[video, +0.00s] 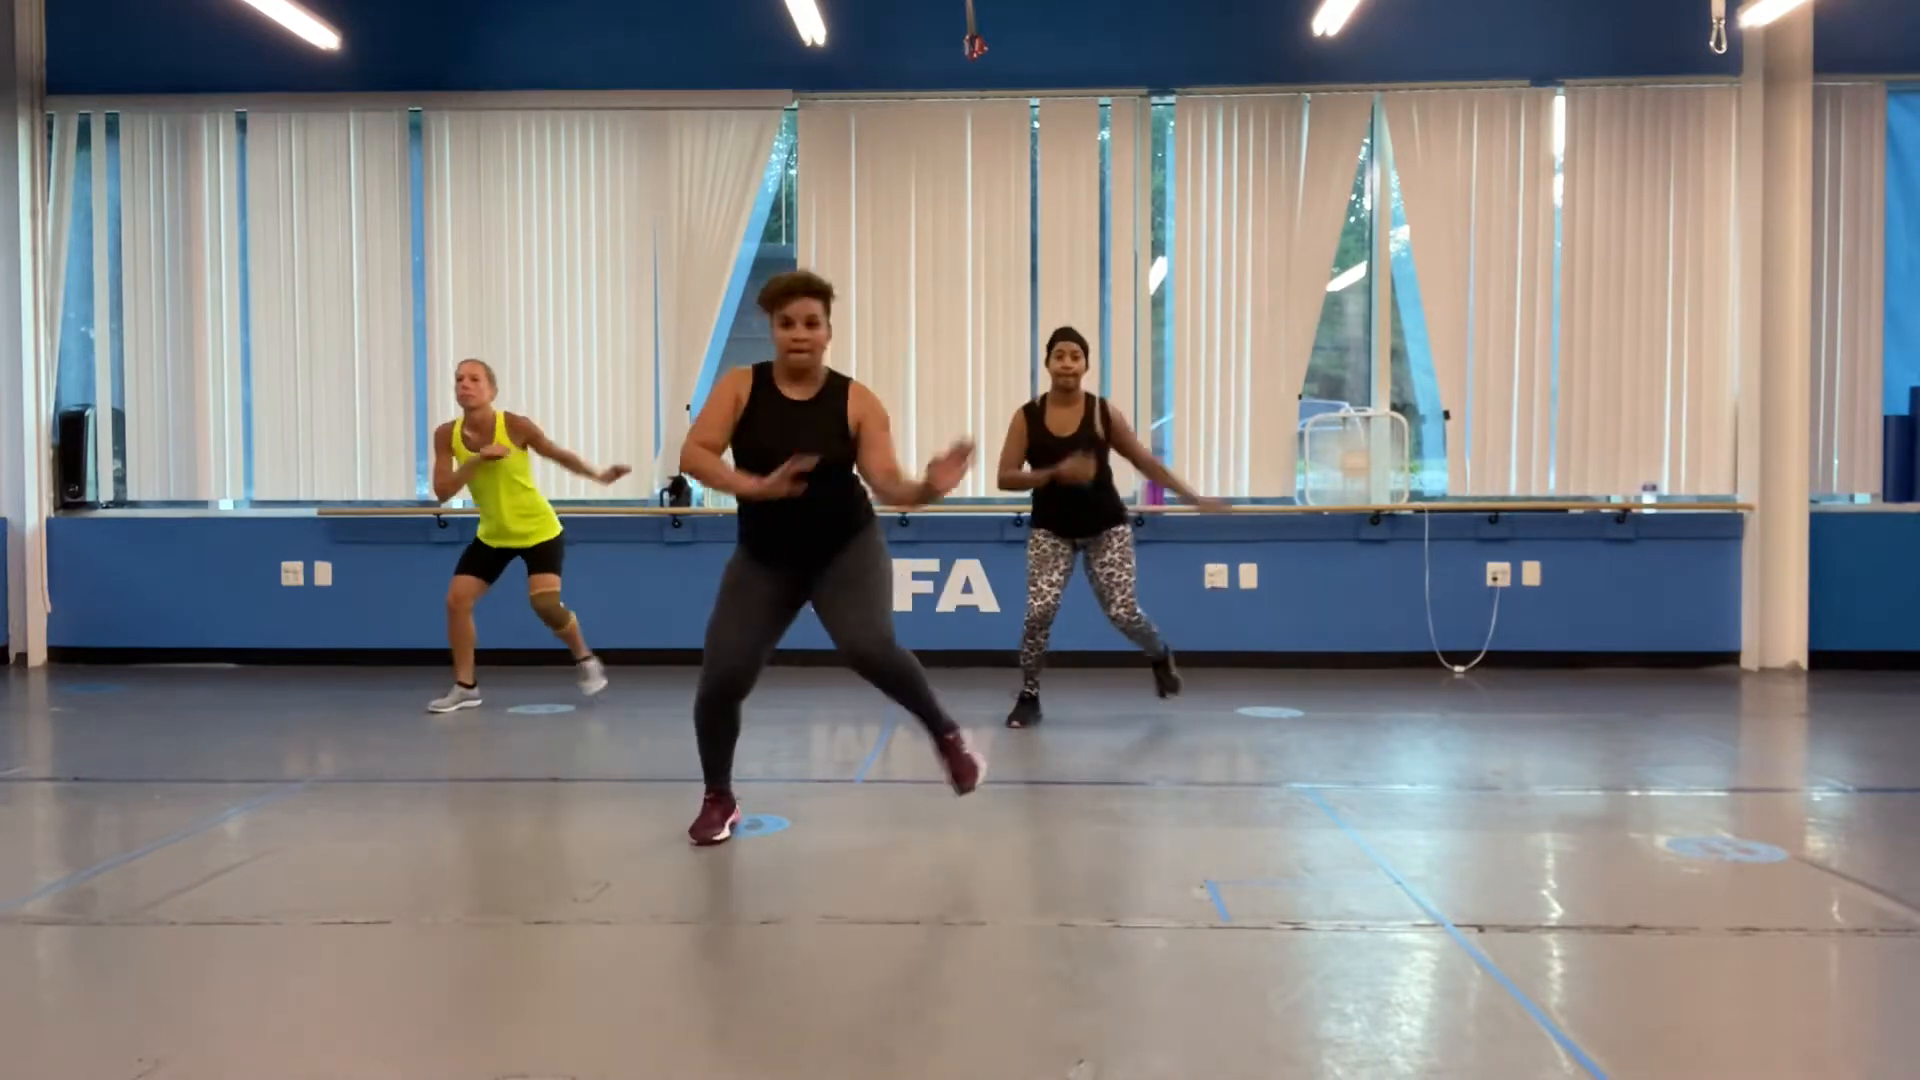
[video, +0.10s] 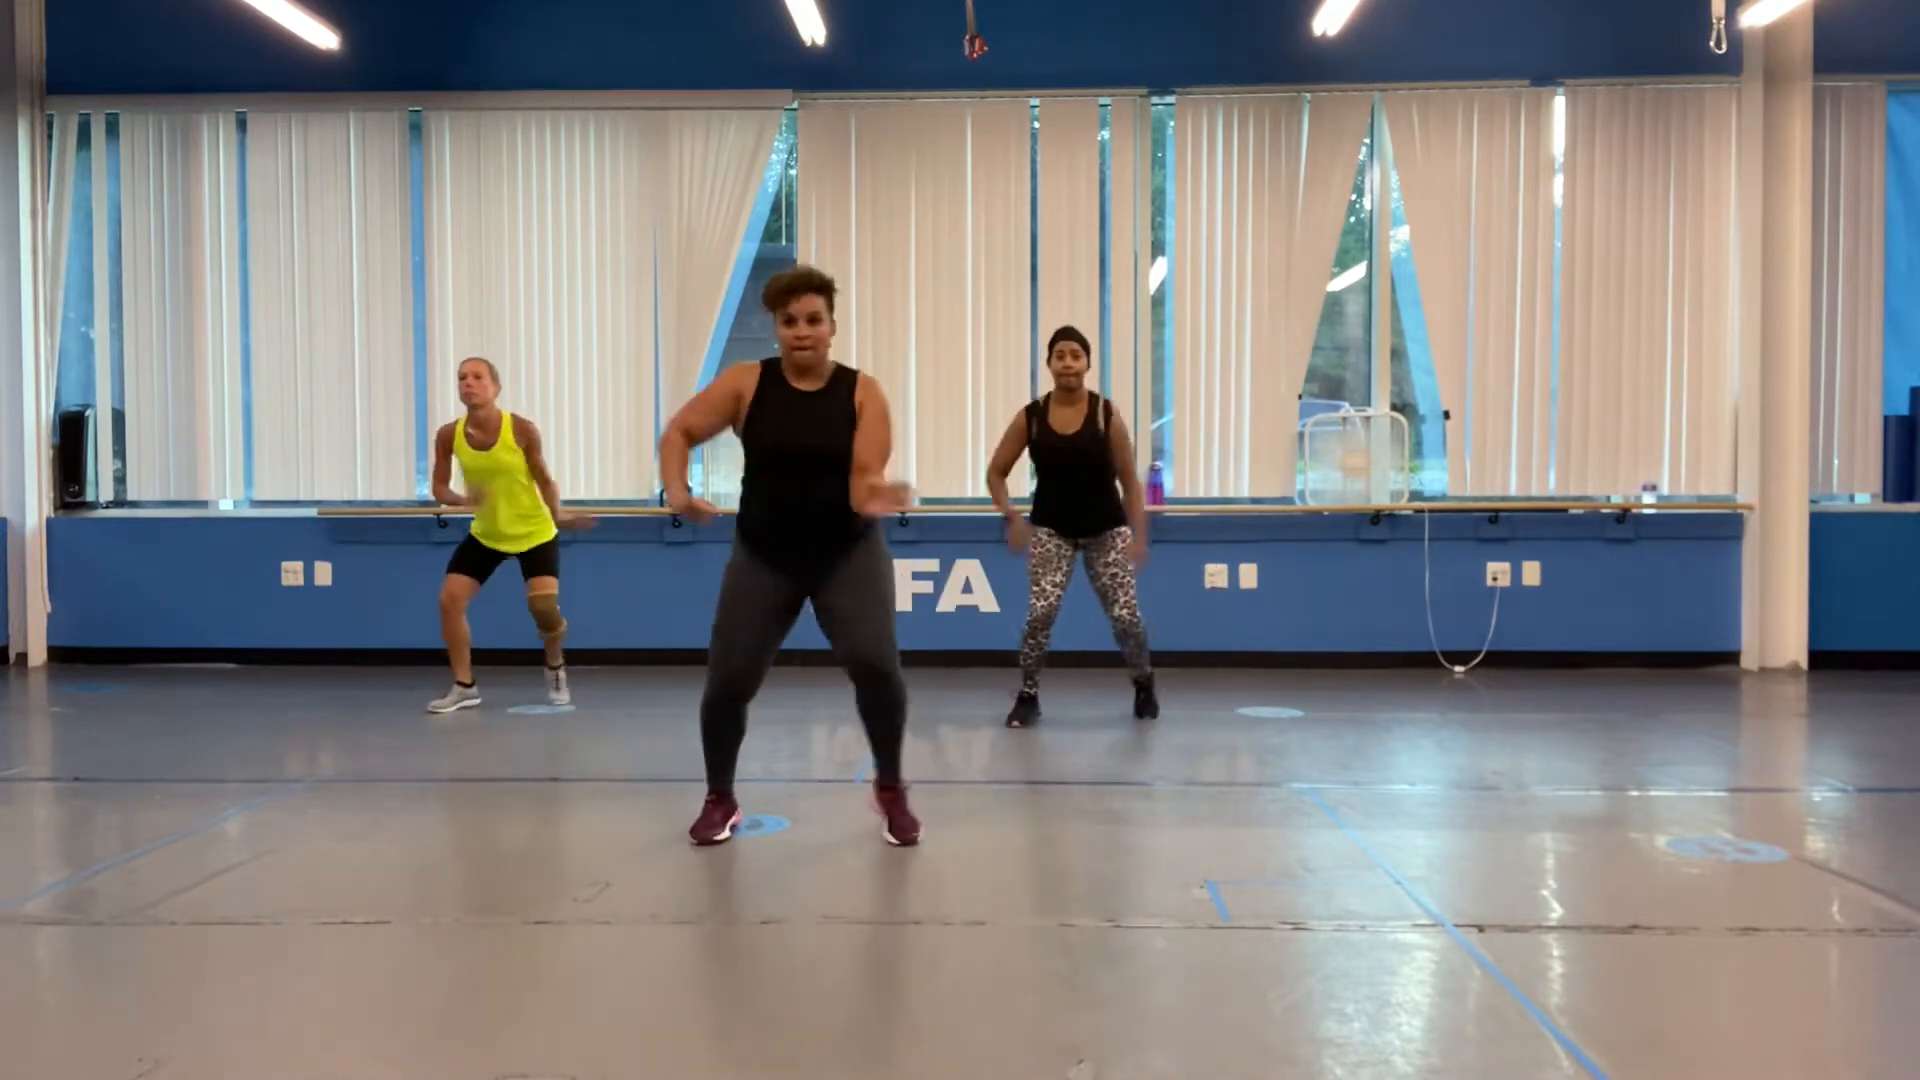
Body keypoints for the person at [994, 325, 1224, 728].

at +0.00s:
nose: (1067, 363)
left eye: (1075, 356)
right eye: (1059, 356)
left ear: (1085, 365)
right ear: (1047, 363)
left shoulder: (1103, 414)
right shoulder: (1028, 417)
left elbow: (1145, 462)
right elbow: (1005, 479)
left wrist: (1194, 498)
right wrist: (1055, 473)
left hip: (1106, 528)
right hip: (1051, 532)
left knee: (1121, 613)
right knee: (1039, 612)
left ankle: (1160, 656)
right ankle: (1028, 695)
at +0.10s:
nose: (1067, 361)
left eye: (1075, 355)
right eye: (1059, 356)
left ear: (1087, 363)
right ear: (1049, 365)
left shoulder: (1106, 414)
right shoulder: (1030, 417)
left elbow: (1129, 479)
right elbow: (995, 472)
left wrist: (1139, 536)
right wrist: (1011, 517)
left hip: (1105, 530)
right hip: (1050, 531)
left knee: (1125, 615)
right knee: (1041, 612)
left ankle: (1144, 689)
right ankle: (1027, 694)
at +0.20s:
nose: (1076, 357)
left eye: (1083, 350)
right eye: (1068, 351)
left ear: (1097, 357)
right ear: (1058, 361)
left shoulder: (1117, 406)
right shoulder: (1043, 411)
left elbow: (1127, 474)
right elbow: (1000, 456)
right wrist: (973, 500)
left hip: (1113, 520)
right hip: (1059, 522)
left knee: (1138, 607)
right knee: (1050, 610)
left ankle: (1151, 678)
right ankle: (1026, 693)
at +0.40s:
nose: (1106, 365)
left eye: (1113, 356)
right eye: (1098, 359)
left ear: (1127, 359)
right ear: (1089, 367)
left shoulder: (1156, 408)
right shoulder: (1078, 416)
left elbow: (1172, 469)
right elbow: (1048, 472)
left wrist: (1122, 495)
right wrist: (999, 472)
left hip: (1146, 524)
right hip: (1091, 522)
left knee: (1166, 608)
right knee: (1078, 604)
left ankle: (1187, 699)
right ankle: (1034, 677)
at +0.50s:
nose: (1117, 369)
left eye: (1123, 360)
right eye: (1108, 362)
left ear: (1137, 363)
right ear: (1098, 368)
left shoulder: (1163, 413)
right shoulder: (1086, 419)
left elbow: (1189, 471)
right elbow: (1074, 483)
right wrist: (1040, 510)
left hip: (1154, 528)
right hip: (1098, 530)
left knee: (1174, 612)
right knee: (1087, 612)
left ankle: (1189, 700)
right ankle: (1071, 689)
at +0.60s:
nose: (1115, 364)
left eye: (1122, 355)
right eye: (1107, 357)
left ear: (1137, 357)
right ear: (1098, 361)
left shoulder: (1159, 406)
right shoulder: (1083, 412)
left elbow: (1193, 459)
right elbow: (1069, 479)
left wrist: (1236, 499)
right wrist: (1093, 512)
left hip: (1155, 521)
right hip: (1102, 521)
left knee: (1167, 609)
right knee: (1089, 606)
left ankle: (1188, 700)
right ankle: (1067, 689)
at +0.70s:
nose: (1109, 356)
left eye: (1117, 347)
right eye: (1102, 347)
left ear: (1131, 349)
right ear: (1092, 349)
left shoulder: (1147, 397)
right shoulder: (1073, 399)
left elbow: (1192, 442)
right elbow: (1063, 464)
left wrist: (1253, 456)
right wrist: (1118, 464)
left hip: (1144, 515)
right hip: (1088, 516)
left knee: (1161, 602)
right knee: (1075, 598)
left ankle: (1190, 696)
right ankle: (1052, 687)